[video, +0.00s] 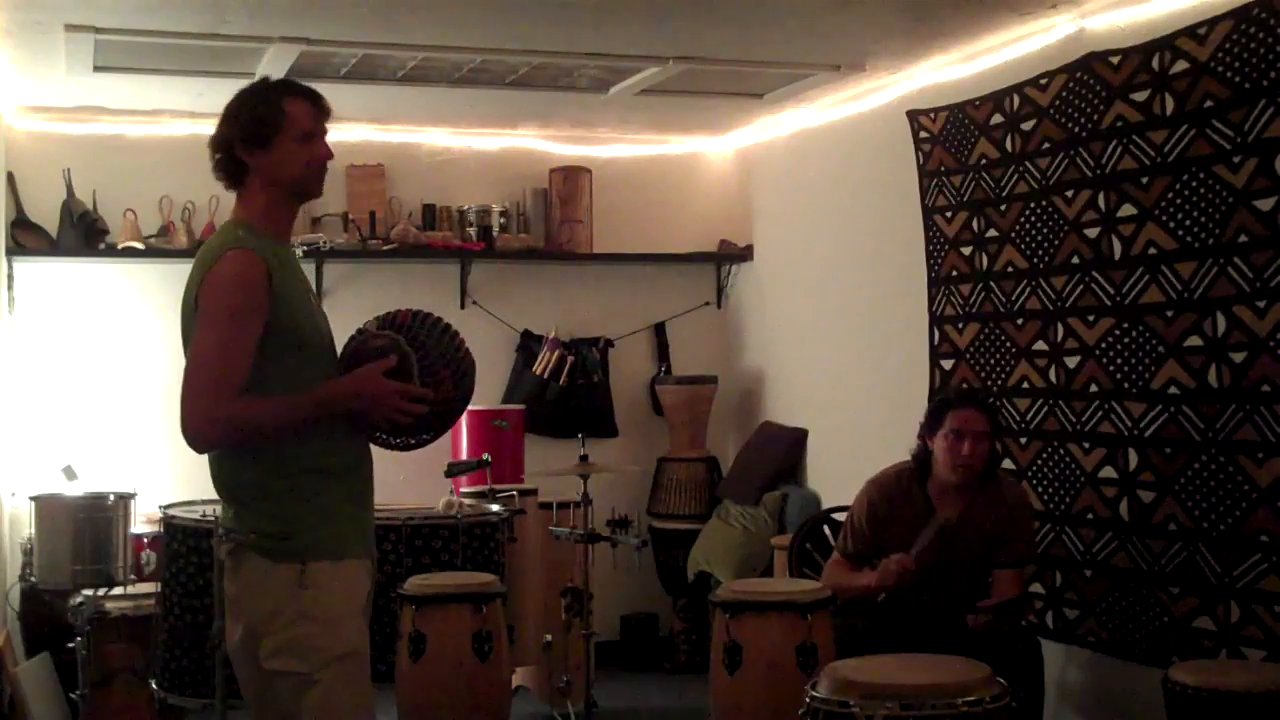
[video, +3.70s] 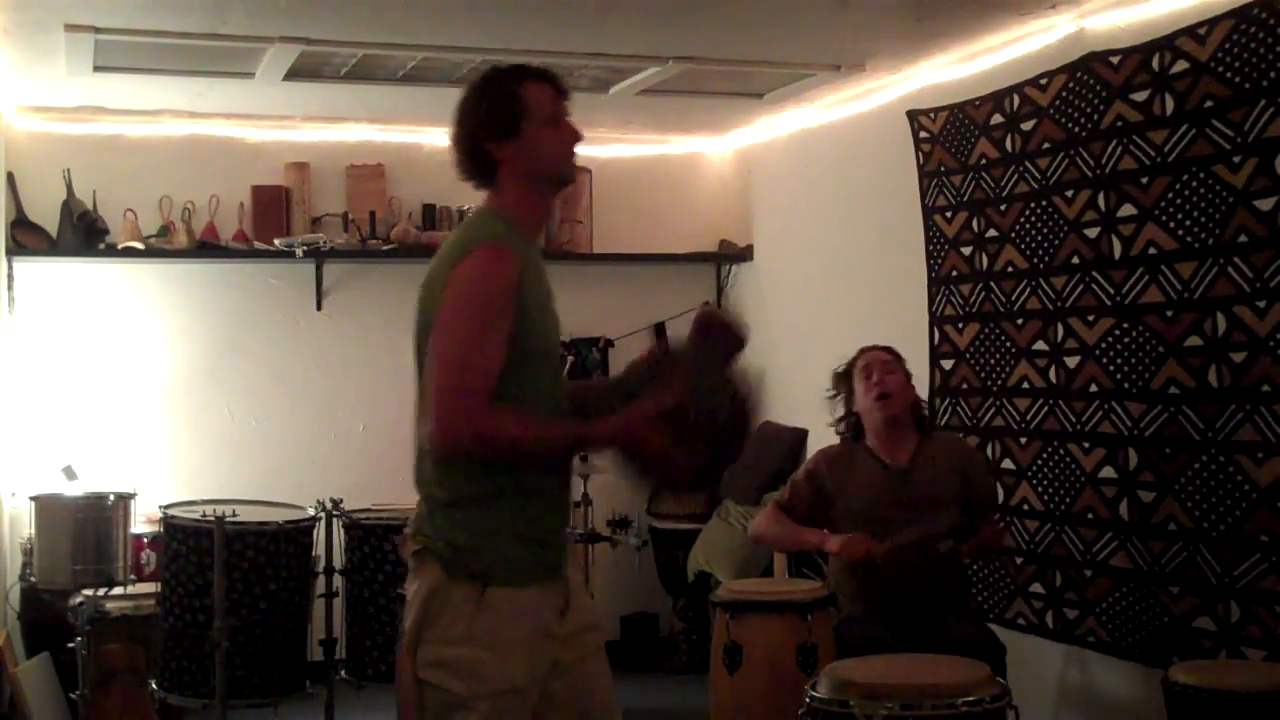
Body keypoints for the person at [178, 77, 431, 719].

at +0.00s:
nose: (327, 150)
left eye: (325, 137)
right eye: (310, 137)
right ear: (256, 149)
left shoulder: (270, 257)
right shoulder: (240, 261)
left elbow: (270, 398)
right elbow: (205, 421)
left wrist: (354, 377)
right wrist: (344, 397)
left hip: (313, 559)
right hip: (293, 564)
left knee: (322, 706)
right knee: (310, 708)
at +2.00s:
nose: (358, 145)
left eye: (355, 131)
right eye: (339, 133)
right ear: (286, 152)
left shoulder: (307, 257)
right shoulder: (279, 259)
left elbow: (324, 414)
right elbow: (233, 414)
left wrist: (418, 417)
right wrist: (384, 449)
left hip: (329, 560)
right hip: (309, 566)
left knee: (329, 707)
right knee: (340, 708)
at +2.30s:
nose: (411, 130)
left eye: (403, 117)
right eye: (390, 120)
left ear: (358, 147)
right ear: (341, 146)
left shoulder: (389, 251)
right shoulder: (317, 252)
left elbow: (375, 400)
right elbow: (248, 404)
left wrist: (464, 401)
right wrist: (407, 437)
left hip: (381, 550)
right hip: (333, 559)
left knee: (388, 704)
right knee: (360, 707)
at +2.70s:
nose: (484, 125)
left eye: (476, 111)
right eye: (462, 114)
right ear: (408, 140)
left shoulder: (444, 243)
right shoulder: (371, 267)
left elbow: (436, 377)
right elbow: (341, 445)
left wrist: (536, 356)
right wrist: (498, 426)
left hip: (431, 555)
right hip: (377, 569)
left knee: (437, 705)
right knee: (393, 709)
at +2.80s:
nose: (485, 119)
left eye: (478, 106)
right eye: (465, 108)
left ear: (423, 138)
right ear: (409, 135)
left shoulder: (430, 244)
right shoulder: (394, 255)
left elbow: (454, 358)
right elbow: (409, 444)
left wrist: (563, 348)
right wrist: (566, 416)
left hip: (438, 559)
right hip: (390, 572)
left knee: (474, 702)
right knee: (412, 709)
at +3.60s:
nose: (545, 136)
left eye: (539, 122)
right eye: (525, 124)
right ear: (472, 144)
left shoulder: (487, 255)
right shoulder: (471, 263)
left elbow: (499, 403)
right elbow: (434, 438)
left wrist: (594, 414)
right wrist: (577, 492)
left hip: (527, 570)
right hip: (472, 581)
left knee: (575, 713)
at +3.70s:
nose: (575, 131)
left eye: (568, 118)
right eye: (557, 119)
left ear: (514, 148)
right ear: (503, 145)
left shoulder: (515, 253)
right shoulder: (488, 255)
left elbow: (521, 401)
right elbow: (457, 421)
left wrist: (625, 391)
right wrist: (609, 429)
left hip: (537, 577)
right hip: (478, 586)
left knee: (588, 712)